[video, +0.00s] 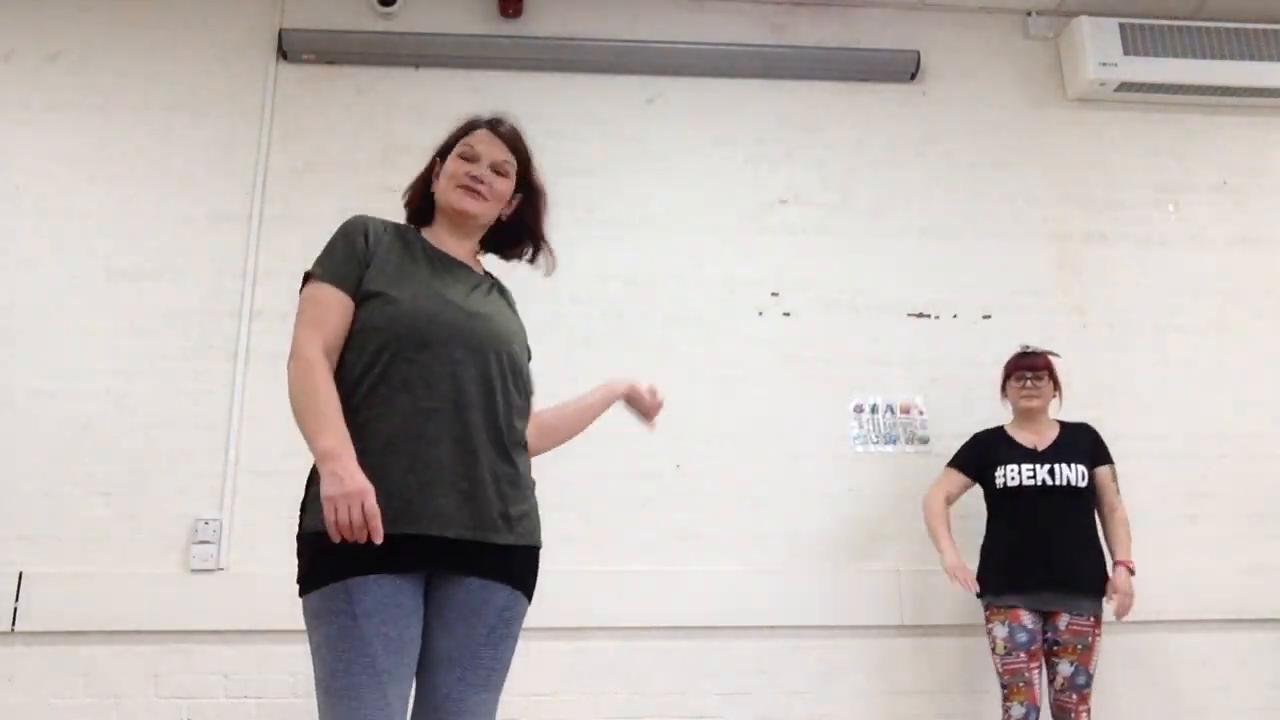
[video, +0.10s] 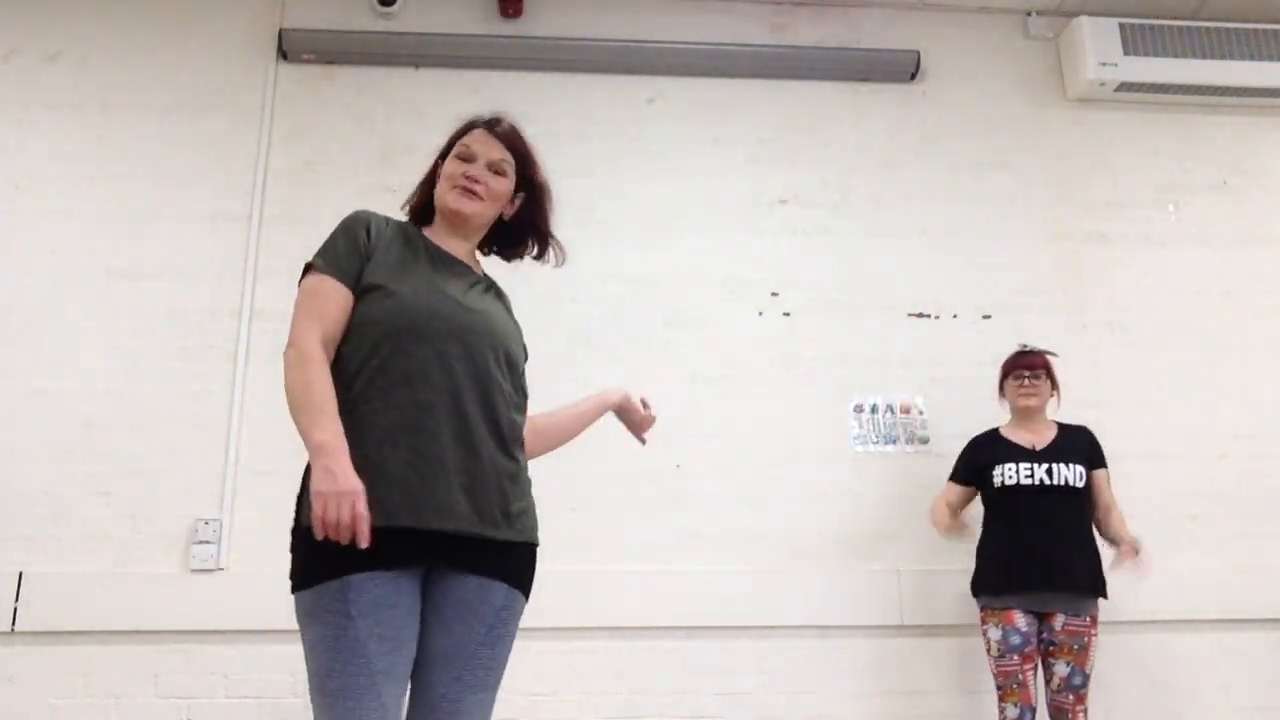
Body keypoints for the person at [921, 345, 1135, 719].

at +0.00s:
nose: (1029, 385)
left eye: (1039, 378)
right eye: (1020, 379)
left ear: (1054, 388)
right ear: (1006, 390)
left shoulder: (1084, 438)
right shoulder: (987, 444)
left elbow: (1111, 507)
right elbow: (936, 498)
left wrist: (1123, 566)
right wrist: (951, 557)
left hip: (1077, 594)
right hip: (1010, 594)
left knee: (1072, 708)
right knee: (1021, 708)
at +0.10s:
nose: (1027, 383)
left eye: (1036, 377)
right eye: (1018, 378)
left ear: (1051, 388)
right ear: (1004, 389)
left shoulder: (1081, 440)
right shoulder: (984, 446)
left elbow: (1105, 508)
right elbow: (946, 504)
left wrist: (1123, 537)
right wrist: (947, 522)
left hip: (1074, 593)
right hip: (1005, 595)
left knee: (1070, 708)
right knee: (1016, 708)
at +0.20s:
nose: (1024, 382)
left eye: (1033, 376)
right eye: (1014, 376)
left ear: (1048, 388)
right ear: (1000, 389)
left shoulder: (1075, 442)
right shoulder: (979, 447)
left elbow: (1118, 503)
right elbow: (941, 510)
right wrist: (924, 475)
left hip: (1068, 594)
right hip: (1001, 594)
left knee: (1067, 708)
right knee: (1012, 709)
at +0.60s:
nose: (995, 391)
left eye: (1005, 385)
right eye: (986, 384)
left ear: (1020, 397)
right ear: (971, 394)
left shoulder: (1044, 441)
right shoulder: (947, 445)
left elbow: (1107, 410)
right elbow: (875, 439)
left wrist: (1123, 353)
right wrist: (836, 392)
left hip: (1046, 595)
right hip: (977, 597)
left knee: (1053, 709)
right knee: (989, 709)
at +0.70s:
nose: (987, 391)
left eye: (996, 386)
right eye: (977, 384)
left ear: (1009, 397)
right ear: (960, 393)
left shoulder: (1031, 440)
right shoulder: (934, 444)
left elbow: (1091, 402)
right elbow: (866, 435)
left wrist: (1106, 339)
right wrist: (824, 381)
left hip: (1037, 589)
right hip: (967, 593)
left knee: (1050, 708)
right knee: (984, 709)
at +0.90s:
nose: (963, 391)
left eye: (972, 385)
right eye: (954, 383)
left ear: (984, 397)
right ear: (935, 392)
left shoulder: (1007, 433)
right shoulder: (912, 448)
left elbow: (1067, 400)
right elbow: (845, 444)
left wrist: (1094, 346)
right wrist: (807, 393)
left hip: (1028, 588)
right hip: (958, 595)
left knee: (1046, 708)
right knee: (980, 710)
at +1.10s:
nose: (947, 389)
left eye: (957, 383)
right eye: (938, 382)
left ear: (970, 395)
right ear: (920, 393)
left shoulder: (993, 431)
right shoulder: (899, 451)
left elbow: (1044, 393)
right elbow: (829, 450)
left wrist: (1061, 331)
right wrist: (788, 397)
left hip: (1025, 587)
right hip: (957, 597)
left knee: (1046, 705)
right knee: (980, 709)